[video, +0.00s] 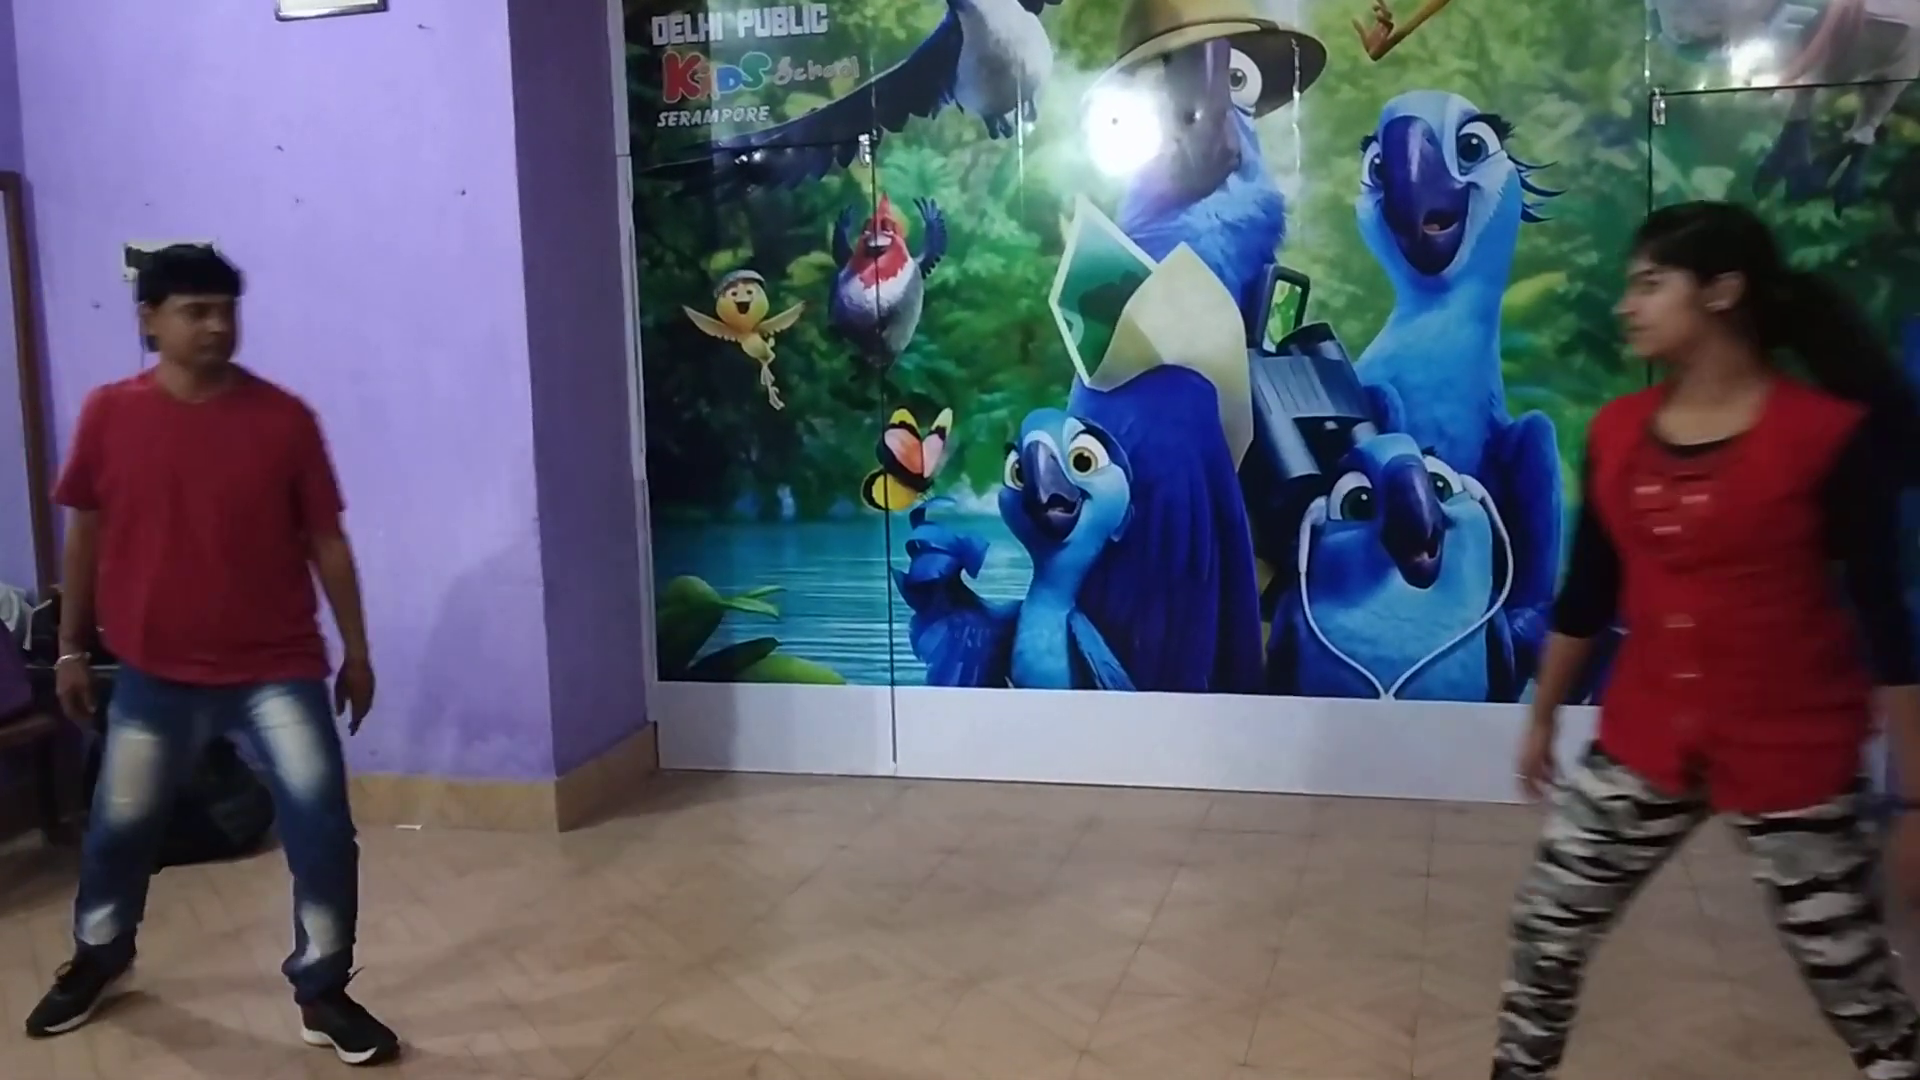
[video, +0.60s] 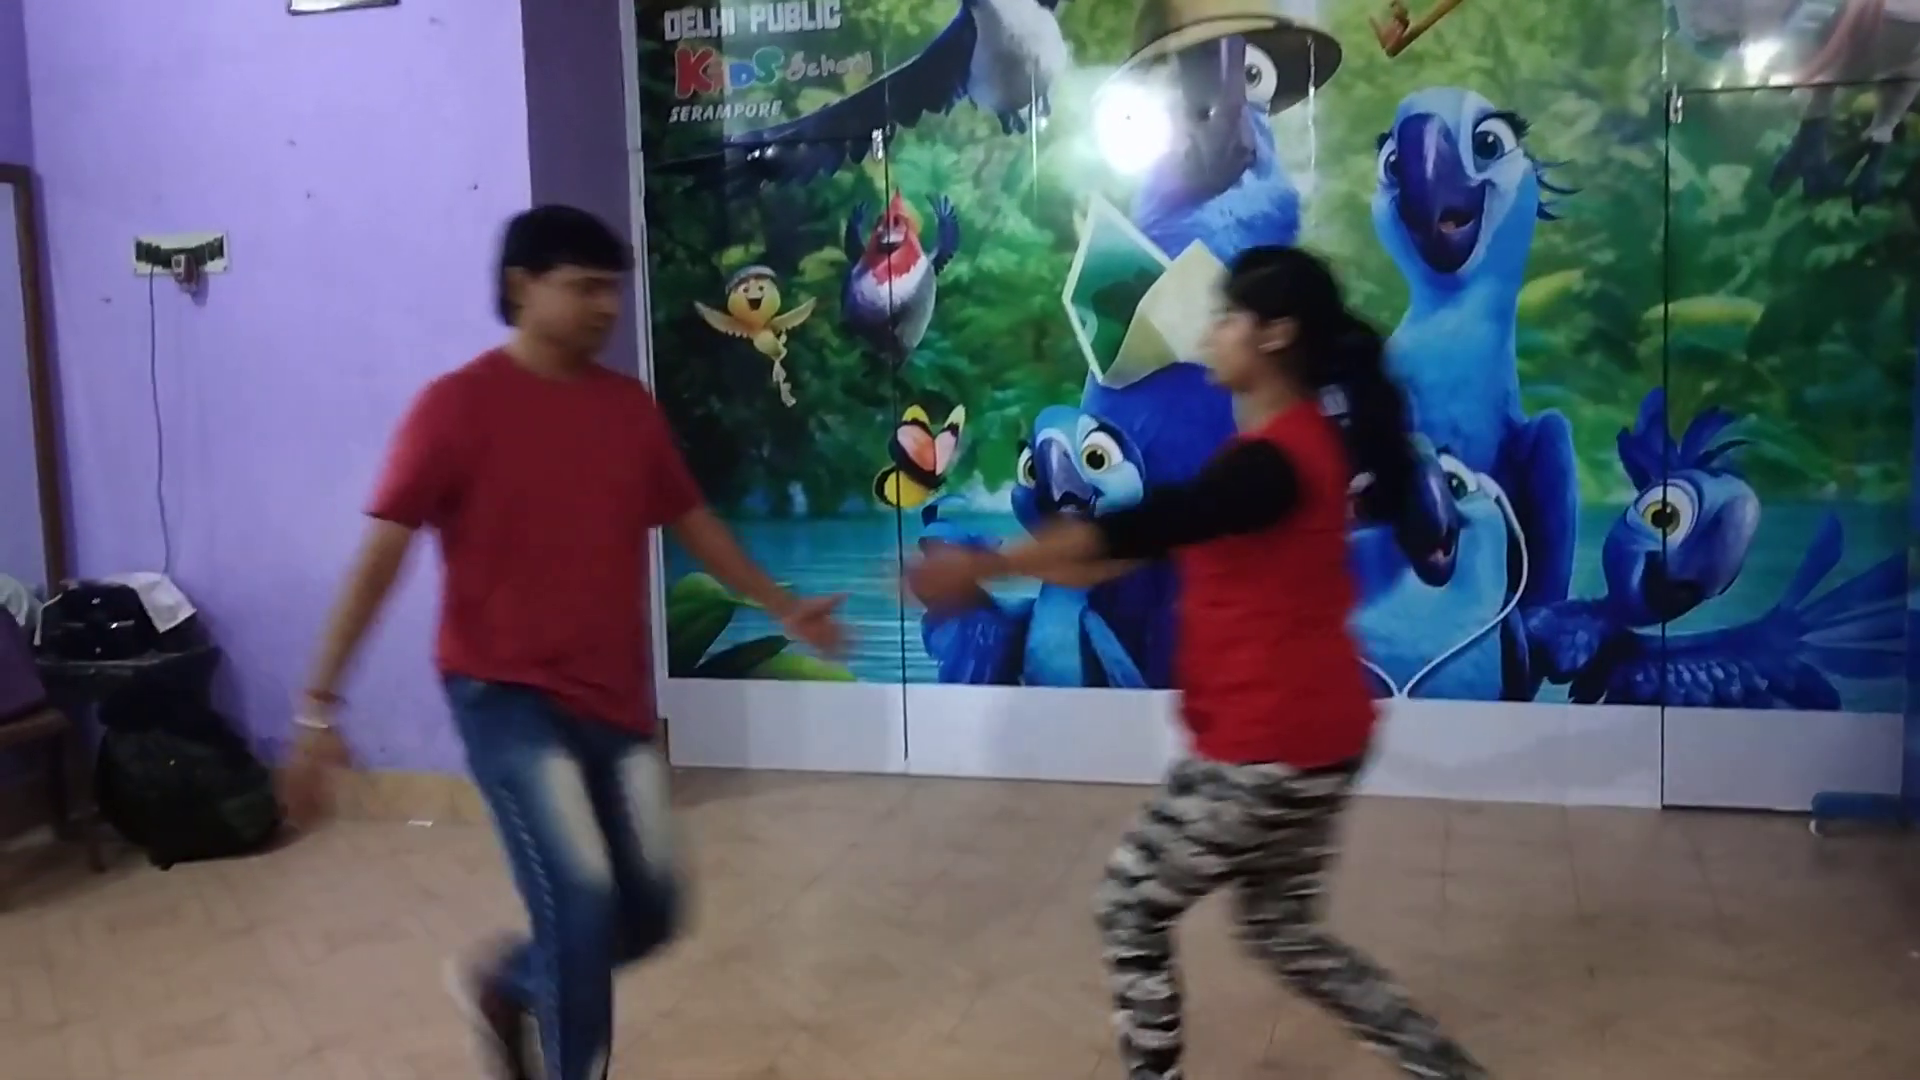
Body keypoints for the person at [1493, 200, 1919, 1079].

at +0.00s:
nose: (1626, 306)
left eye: (1648, 284)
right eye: (1629, 286)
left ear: (1721, 293)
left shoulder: (1831, 437)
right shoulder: (1619, 432)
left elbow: (1889, 624)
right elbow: (1589, 587)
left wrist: (1911, 802)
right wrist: (1541, 713)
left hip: (1793, 753)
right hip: (1645, 743)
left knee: (1855, 992)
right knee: (1546, 933)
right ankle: (1517, 1071)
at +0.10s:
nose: (1565, 321)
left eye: (1586, 300)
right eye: (1569, 301)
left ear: (1652, 311)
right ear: (1628, 315)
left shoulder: (1745, 455)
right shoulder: (1559, 446)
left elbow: (1779, 641)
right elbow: (1529, 591)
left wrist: (1804, 816)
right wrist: (1487, 705)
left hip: (1714, 766)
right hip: (1590, 756)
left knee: (1804, 979)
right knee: (1487, 921)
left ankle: (1892, 1065)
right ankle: (1503, 1071)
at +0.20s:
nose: (1490, 325)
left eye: (1509, 308)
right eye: (1495, 307)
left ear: (1571, 323)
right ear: (1554, 323)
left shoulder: (1631, 465)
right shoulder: (1495, 445)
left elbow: (1644, 648)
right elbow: (1462, 579)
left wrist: (1646, 815)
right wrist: (1412, 682)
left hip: (1621, 762)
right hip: (1514, 748)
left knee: (1684, 982)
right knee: (1430, 920)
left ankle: (1807, 1065)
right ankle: (1482, 1071)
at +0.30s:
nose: (1416, 329)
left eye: (1433, 313)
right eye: (1422, 311)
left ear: (1490, 329)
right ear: (1477, 328)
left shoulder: (1537, 468)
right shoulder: (1439, 443)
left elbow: (1505, 643)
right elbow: (1391, 563)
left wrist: (1462, 786)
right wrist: (1333, 654)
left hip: (1531, 768)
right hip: (1443, 755)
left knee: (1479, 985)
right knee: (1395, 925)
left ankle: (1660, 1070)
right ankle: (1465, 1068)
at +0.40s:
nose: (1346, 335)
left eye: (1364, 318)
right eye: (1352, 317)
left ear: (1419, 333)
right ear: (1406, 333)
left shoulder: (1457, 463)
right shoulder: (1379, 444)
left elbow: (1364, 619)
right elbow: (1313, 552)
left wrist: (1276, 727)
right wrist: (1246, 625)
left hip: (1454, 754)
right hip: (1391, 741)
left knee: (1312, 930)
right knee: (1376, 944)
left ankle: (1429, 1059)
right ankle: (1454, 1064)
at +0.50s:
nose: (1278, 336)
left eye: (1294, 318)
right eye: (1283, 318)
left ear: (1348, 333)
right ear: (1342, 336)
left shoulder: (1374, 464)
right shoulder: (1323, 447)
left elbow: (1242, 566)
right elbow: (1231, 556)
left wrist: (1115, 649)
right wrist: (1145, 619)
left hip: (1368, 745)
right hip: (1330, 737)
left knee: (1208, 905)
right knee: (1356, 943)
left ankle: (1196, 1065)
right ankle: (1463, 1071)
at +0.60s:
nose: (1211, 332)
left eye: (1229, 317)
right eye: (1220, 314)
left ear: (1274, 336)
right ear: (1276, 338)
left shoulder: (1276, 457)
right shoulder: (1293, 444)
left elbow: (1138, 533)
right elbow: (1143, 536)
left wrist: (987, 566)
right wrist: (999, 565)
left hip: (1266, 746)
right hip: (1314, 736)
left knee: (1131, 901)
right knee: (1280, 931)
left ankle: (1151, 1068)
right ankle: (1449, 1068)